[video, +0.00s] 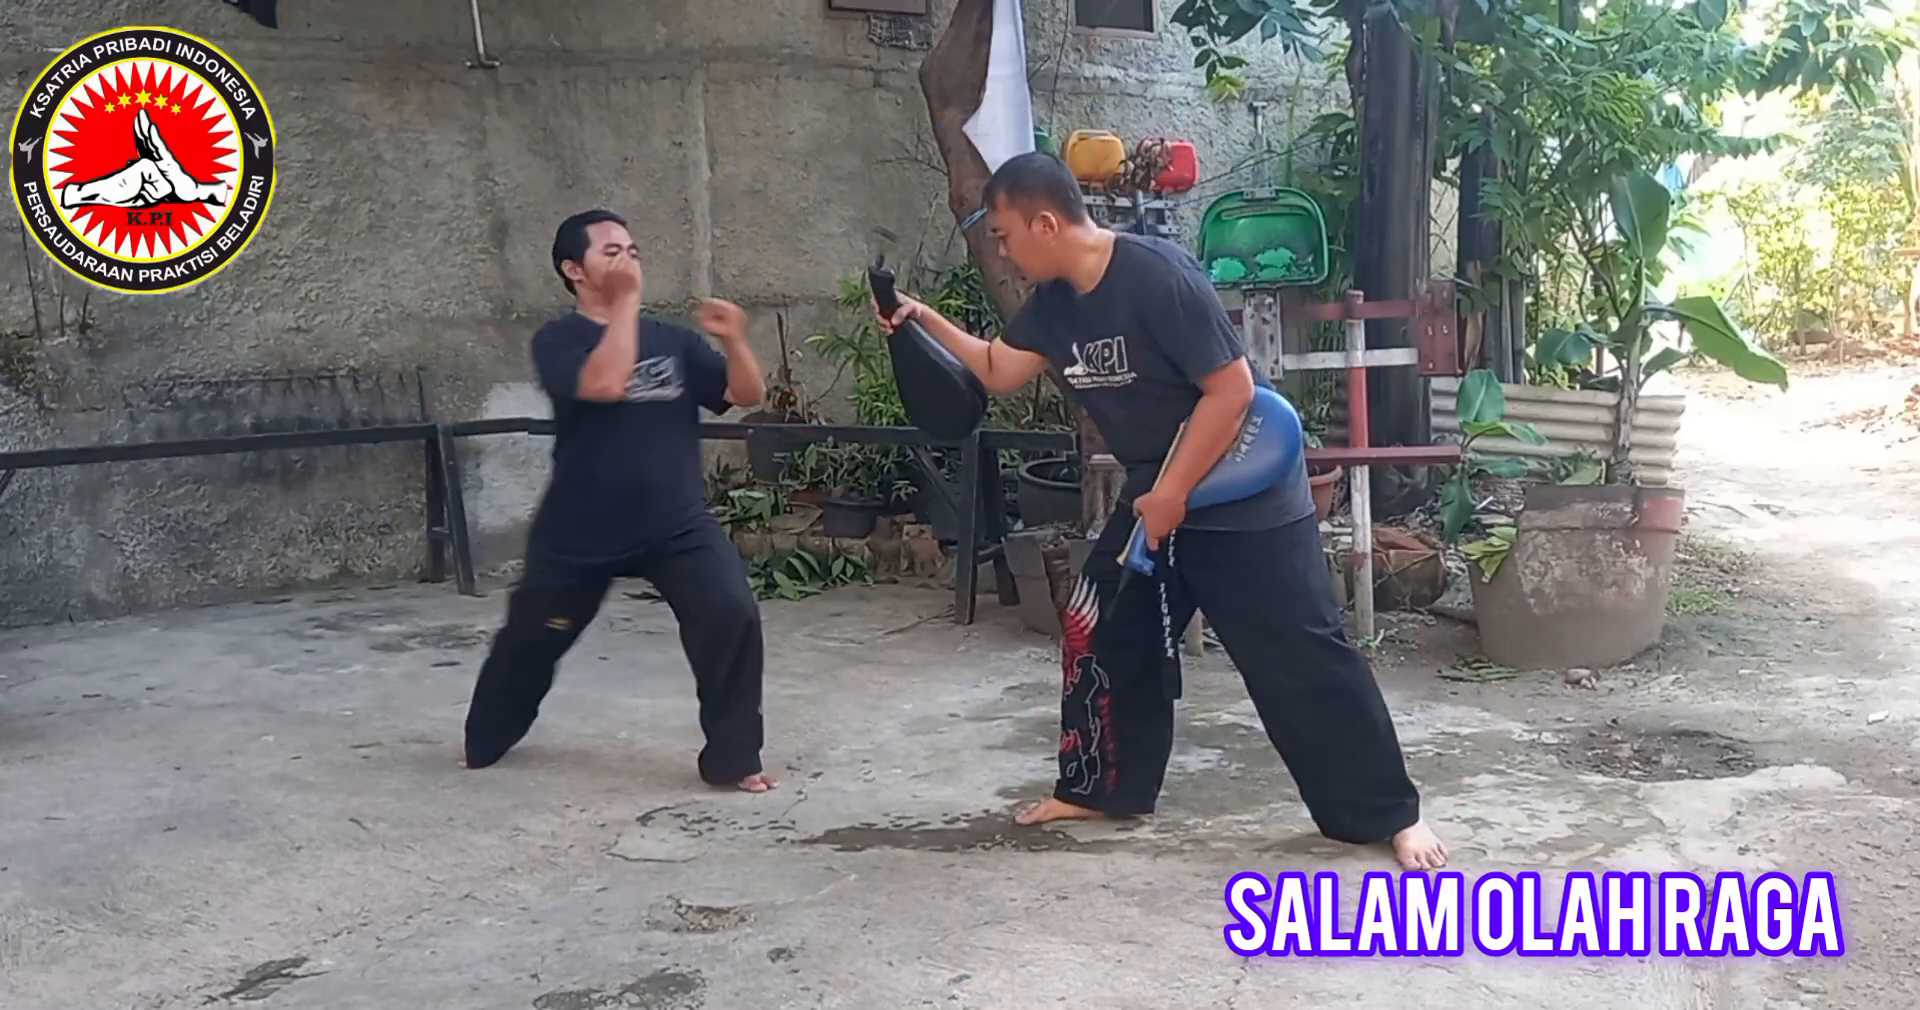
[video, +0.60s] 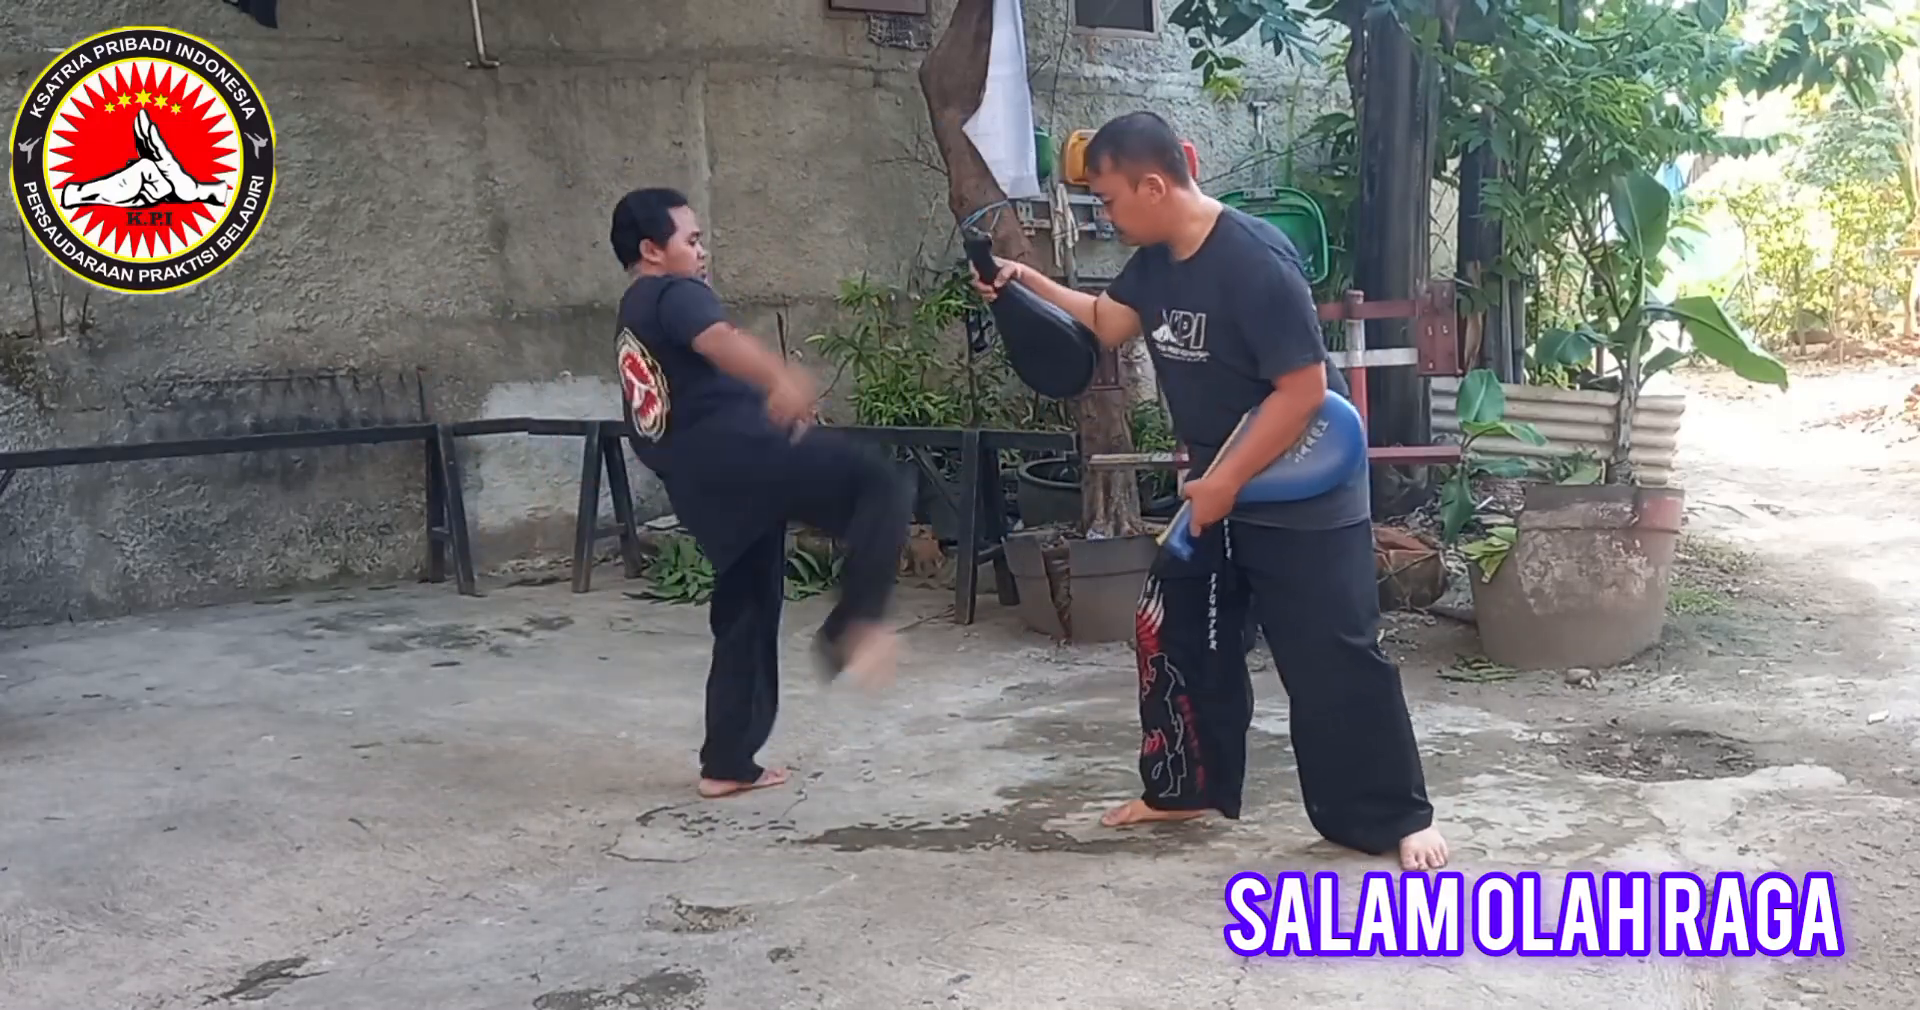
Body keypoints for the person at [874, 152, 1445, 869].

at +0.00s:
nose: (1003, 250)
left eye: (1005, 234)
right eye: (998, 237)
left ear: (1047, 222)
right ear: (1047, 223)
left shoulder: (1158, 275)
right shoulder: (1052, 301)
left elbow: (1231, 389)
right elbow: (999, 370)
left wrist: (1169, 490)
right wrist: (921, 321)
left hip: (1247, 493)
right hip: (1156, 498)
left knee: (1308, 647)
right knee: (1109, 634)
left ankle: (1396, 815)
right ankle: (1106, 791)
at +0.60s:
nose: (1105, 214)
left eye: (1111, 197)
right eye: (1102, 199)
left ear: (1163, 182)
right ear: (1155, 188)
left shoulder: (1255, 260)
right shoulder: (1156, 257)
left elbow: (1305, 386)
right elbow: (1105, 321)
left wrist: (1225, 476)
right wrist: (1021, 280)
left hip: (1306, 499)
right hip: (1217, 497)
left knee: (1337, 655)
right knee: (1185, 637)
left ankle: (1404, 821)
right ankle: (1187, 789)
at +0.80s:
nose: (1146, 202)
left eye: (1151, 186)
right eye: (1142, 188)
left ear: (1201, 174)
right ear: (1195, 176)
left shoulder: (1297, 261)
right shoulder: (1178, 240)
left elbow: (1348, 391)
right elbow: (1124, 275)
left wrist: (1277, 485)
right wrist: (1051, 238)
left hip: (1321, 484)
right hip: (1228, 482)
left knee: (1388, 643)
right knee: (1193, 634)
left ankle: (1490, 805)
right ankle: (1187, 791)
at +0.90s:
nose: (1203, 204)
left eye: (1209, 189)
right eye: (1199, 191)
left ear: (1262, 179)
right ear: (1251, 182)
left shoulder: (1362, 266)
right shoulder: (1221, 246)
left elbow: (1401, 399)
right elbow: (1151, 283)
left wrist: (1317, 479)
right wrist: (1082, 273)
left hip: (1372, 512)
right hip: (1266, 502)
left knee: (1451, 671)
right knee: (1221, 650)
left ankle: (1554, 841)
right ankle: (1187, 794)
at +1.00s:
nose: (1257, 208)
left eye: (1265, 192)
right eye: (1254, 192)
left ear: (1324, 181)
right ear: (1307, 184)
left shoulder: (1439, 254)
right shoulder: (1269, 256)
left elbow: (1495, 379)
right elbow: (1189, 332)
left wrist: (1415, 468)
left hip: (1453, 490)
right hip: (1336, 487)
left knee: (1502, 660)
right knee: (1268, 623)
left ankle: (1563, 851)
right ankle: (1235, 784)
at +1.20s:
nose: (1315, 208)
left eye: (1322, 188)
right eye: (1310, 191)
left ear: (1381, 170)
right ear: (1358, 174)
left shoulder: (1507, 230)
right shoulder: (1313, 250)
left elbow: (1573, 348)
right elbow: (1240, 349)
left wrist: (1546, 448)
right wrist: (1203, 457)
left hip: (1504, 485)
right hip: (1381, 485)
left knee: (1536, 669)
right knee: (1340, 636)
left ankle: (1553, 857)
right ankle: (1336, 805)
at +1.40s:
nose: (1397, 155)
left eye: (1411, 136)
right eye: (1391, 137)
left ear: (1475, 123)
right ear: (1391, 128)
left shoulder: (1571, 216)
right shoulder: (1380, 194)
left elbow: (1611, 344)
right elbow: (1289, 275)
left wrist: (1593, 433)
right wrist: (1248, 352)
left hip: (1516, 481)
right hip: (1395, 470)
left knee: (1539, 665)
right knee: (1356, 633)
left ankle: (1556, 852)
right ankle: (1331, 797)